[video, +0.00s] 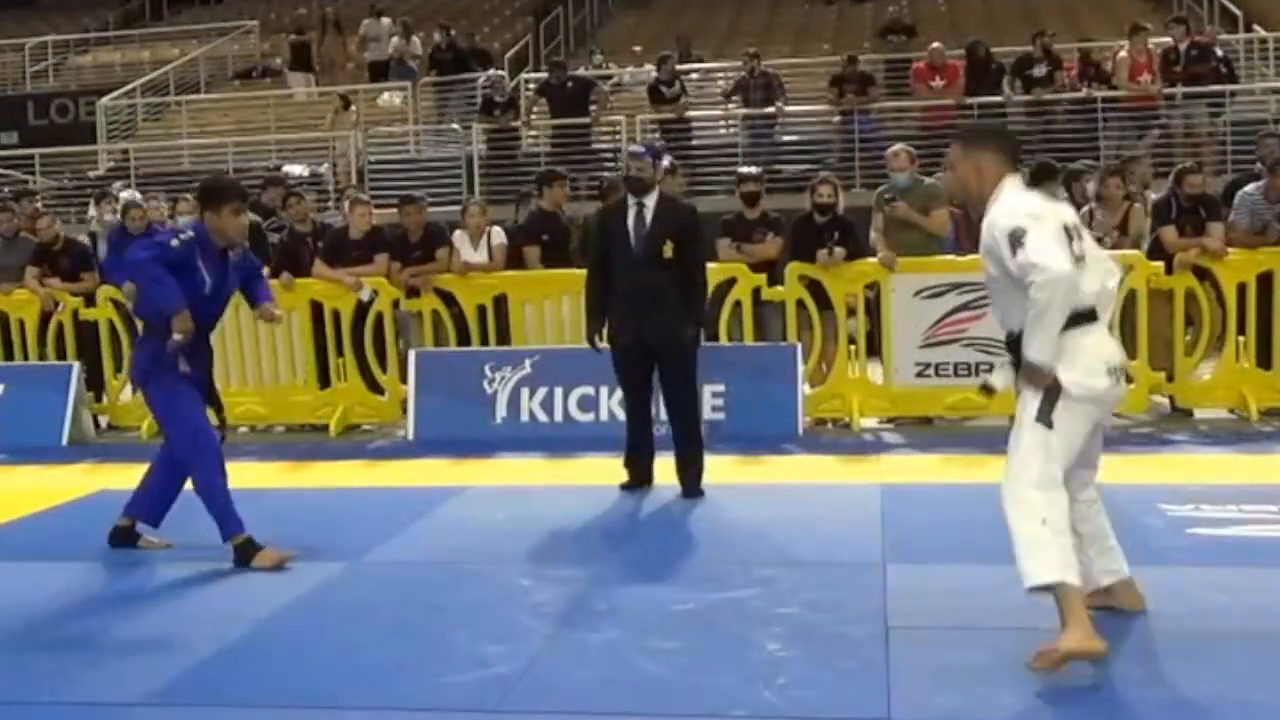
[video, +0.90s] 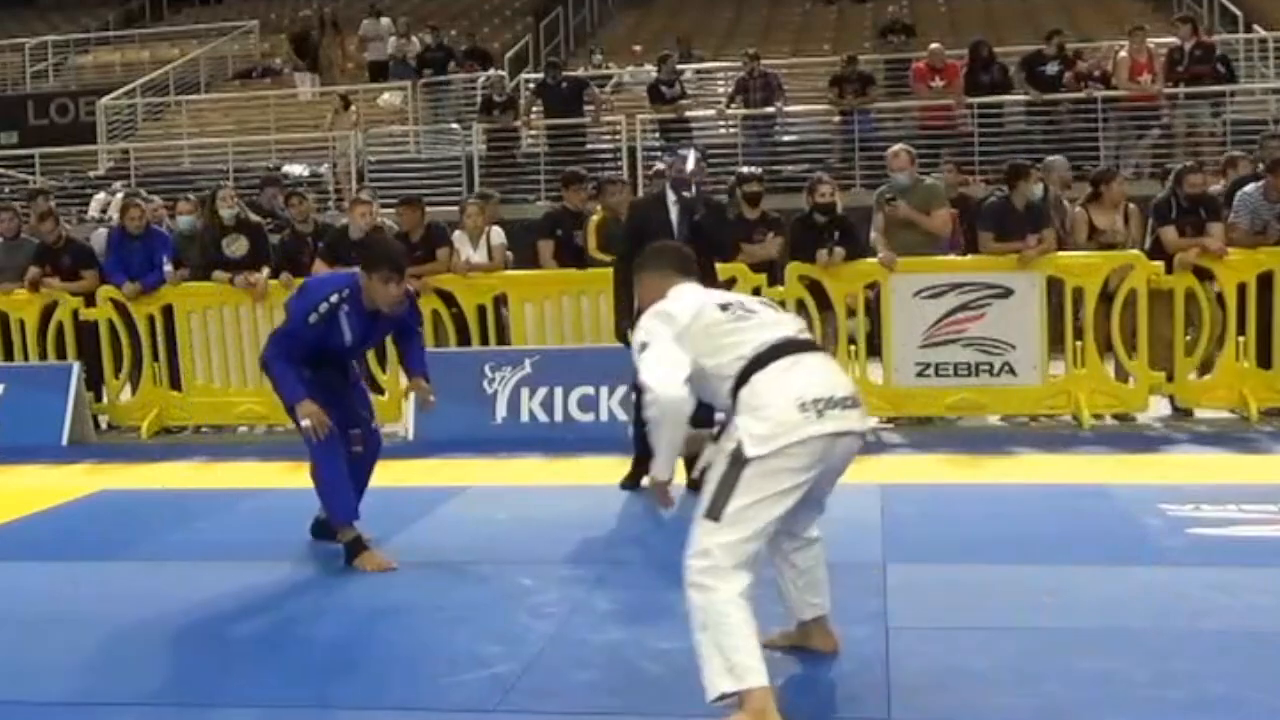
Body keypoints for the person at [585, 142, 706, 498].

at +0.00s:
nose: (633, 173)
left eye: (642, 167)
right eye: (630, 166)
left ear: (658, 172)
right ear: (624, 169)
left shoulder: (681, 214)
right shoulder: (606, 217)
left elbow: (694, 270)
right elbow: (597, 271)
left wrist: (695, 319)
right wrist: (595, 317)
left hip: (673, 323)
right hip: (626, 325)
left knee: (682, 405)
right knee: (635, 404)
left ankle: (690, 477)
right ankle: (638, 473)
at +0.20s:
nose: (636, 175)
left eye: (643, 169)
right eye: (630, 168)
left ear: (654, 173)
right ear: (619, 172)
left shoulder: (674, 210)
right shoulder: (602, 216)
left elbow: (693, 261)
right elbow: (592, 273)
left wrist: (679, 296)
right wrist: (591, 323)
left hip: (670, 318)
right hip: (625, 321)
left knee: (680, 399)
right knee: (633, 402)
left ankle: (690, 477)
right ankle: (638, 473)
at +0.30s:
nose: (640, 174)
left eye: (647, 168)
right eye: (634, 167)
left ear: (657, 173)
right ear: (622, 171)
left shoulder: (674, 209)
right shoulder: (601, 217)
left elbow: (697, 259)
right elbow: (592, 273)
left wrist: (671, 263)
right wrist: (591, 325)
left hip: (672, 319)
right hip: (625, 321)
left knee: (683, 398)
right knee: (634, 402)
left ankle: (695, 475)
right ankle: (639, 473)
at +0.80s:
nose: (677, 177)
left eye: (684, 171)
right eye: (671, 169)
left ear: (694, 175)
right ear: (659, 170)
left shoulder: (705, 211)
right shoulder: (633, 211)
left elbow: (720, 252)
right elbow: (617, 266)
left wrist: (692, 213)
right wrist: (614, 315)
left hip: (696, 312)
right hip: (648, 313)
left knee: (697, 391)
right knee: (644, 396)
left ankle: (698, 467)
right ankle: (640, 470)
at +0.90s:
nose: (685, 180)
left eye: (692, 173)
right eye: (679, 173)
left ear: (701, 175)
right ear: (666, 172)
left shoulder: (711, 209)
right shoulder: (643, 210)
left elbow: (727, 250)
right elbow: (625, 265)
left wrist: (699, 207)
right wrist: (624, 316)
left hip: (703, 306)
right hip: (653, 308)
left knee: (703, 393)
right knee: (647, 390)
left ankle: (699, 467)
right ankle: (642, 461)